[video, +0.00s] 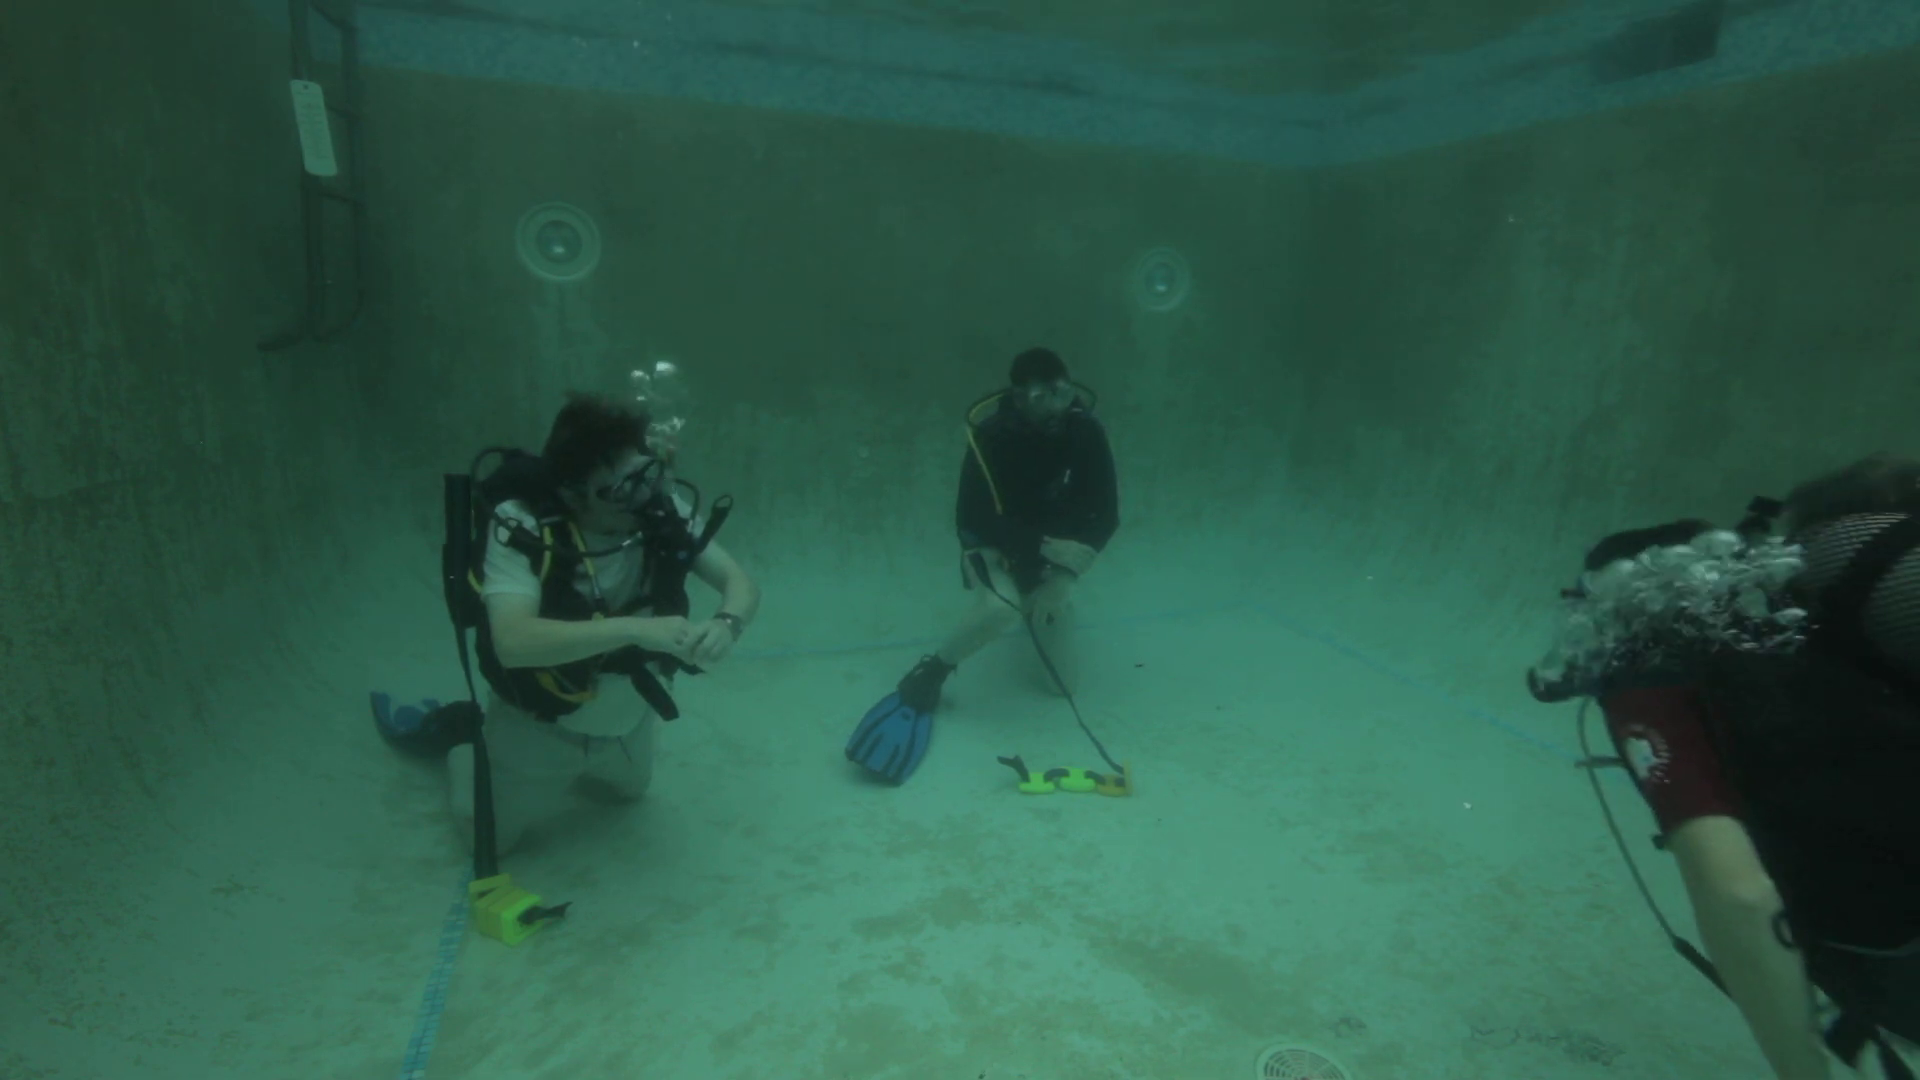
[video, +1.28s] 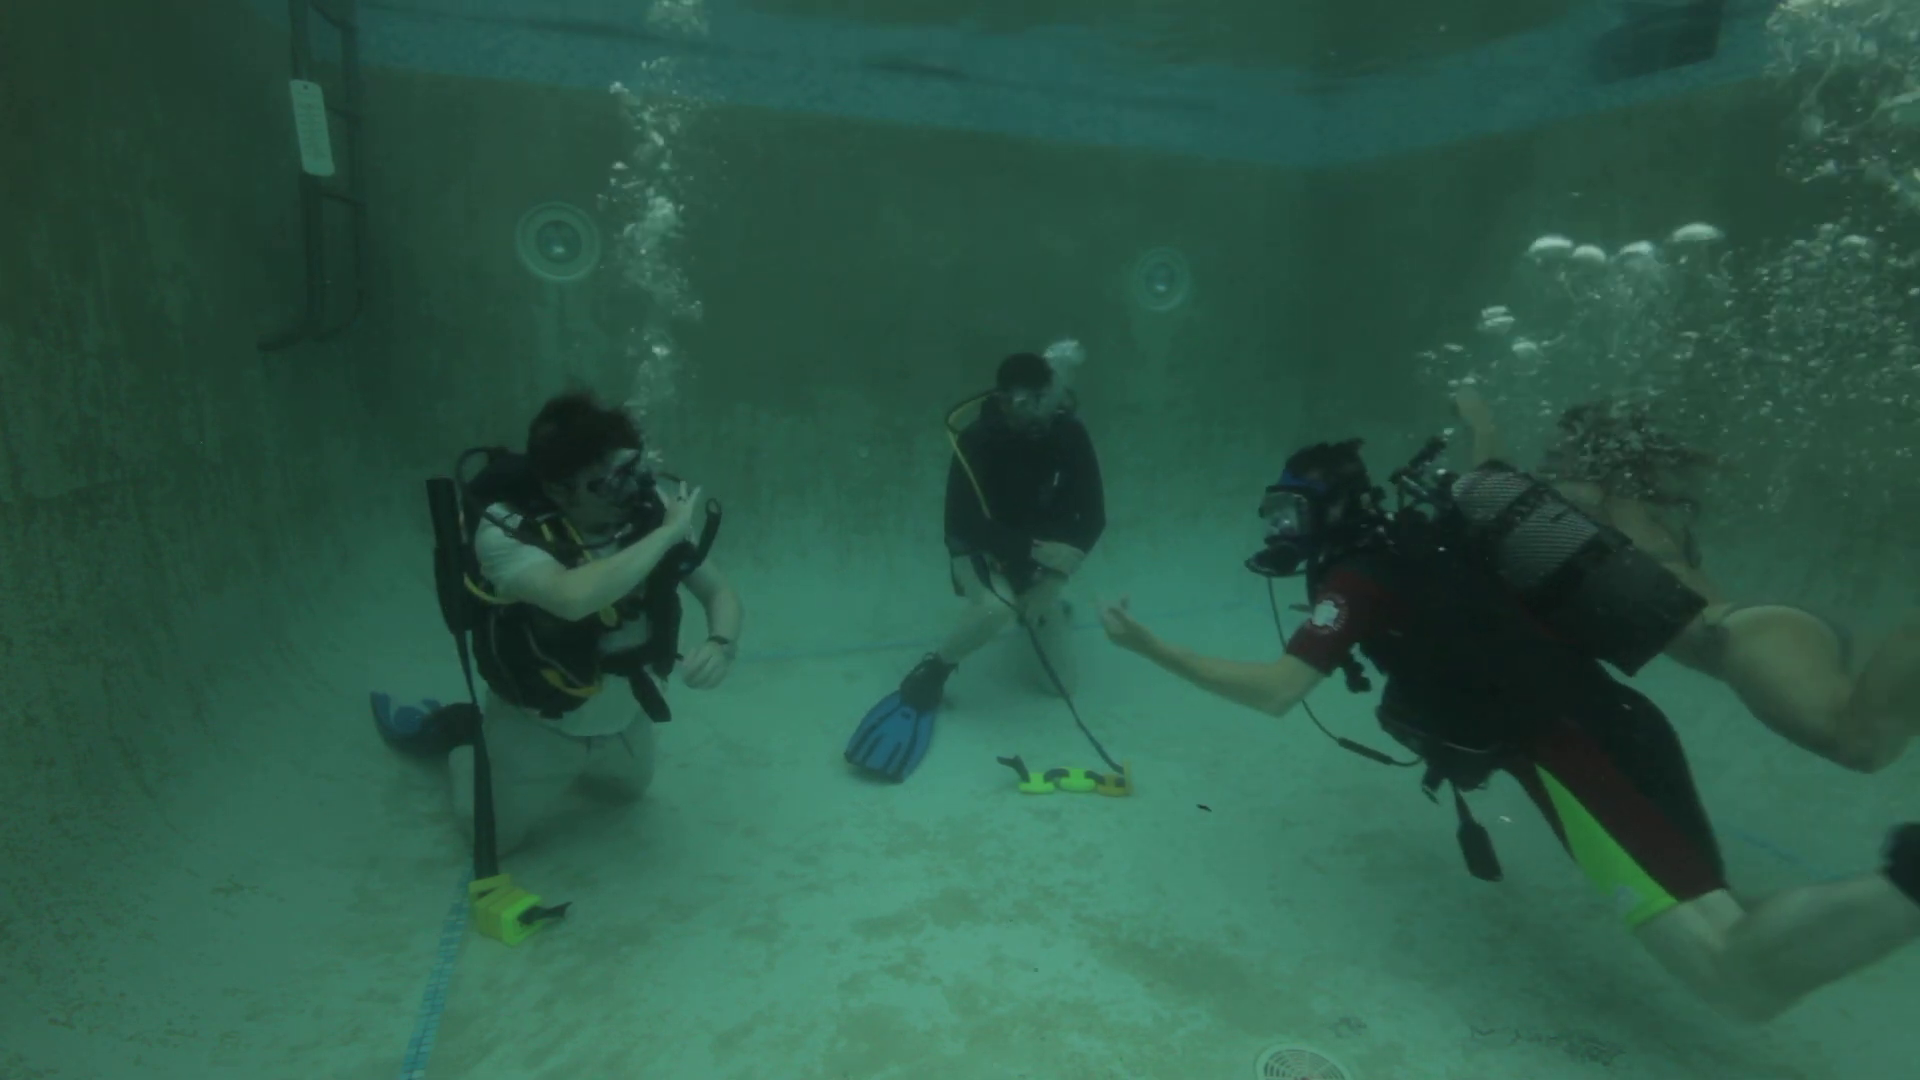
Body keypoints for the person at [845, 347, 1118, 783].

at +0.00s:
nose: (1054, 405)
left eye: (1060, 393)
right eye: (1042, 396)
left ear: (1070, 391)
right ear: (1018, 396)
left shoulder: (1085, 431)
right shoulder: (992, 433)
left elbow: (1105, 513)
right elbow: (976, 517)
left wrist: (1061, 578)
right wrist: (1048, 546)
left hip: (1058, 544)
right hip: (998, 541)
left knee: (1062, 677)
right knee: (1002, 606)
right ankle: (930, 673)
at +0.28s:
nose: (1054, 408)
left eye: (1059, 396)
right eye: (1042, 399)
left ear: (1068, 392)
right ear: (1017, 399)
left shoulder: (1082, 431)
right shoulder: (989, 435)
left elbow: (1101, 514)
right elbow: (974, 519)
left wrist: (1058, 583)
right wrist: (1042, 548)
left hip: (1055, 550)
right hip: (994, 544)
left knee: (1063, 673)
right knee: (1000, 606)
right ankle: (931, 670)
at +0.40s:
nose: (1051, 408)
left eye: (1056, 397)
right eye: (1040, 399)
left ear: (1065, 394)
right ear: (1016, 399)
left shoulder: (1080, 432)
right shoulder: (989, 435)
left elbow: (1100, 514)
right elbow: (972, 519)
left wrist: (1059, 582)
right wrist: (1039, 550)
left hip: (1055, 547)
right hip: (993, 542)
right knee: (1000, 606)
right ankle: (930, 672)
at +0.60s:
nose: (1050, 407)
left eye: (1054, 396)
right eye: (1040, 398)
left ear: (1063, 393)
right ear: (1016, 398)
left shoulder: (1077, 431)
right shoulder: (987, 434)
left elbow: (1098, 512)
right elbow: (973, 520)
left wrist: (1059, 579)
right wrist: (1035, 554)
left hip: (1052, 548)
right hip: (991, 544)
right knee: (998, 607)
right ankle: (930, 673)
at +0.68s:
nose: (1054, 405)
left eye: (1054, 395)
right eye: (1044, 398)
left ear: (1059, 393)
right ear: (1017, 399)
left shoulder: (1076, 432)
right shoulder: (987, 435)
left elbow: (1097, 514)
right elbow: (972, 519)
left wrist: (1056, 582)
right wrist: (1035, 553)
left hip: (1051, 553)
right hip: (991, 547)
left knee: (1064, 678)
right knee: (997, 606)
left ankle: (1049, 608)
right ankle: (931, 673)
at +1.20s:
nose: (1051, 412)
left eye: (1053, 401)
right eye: (1041, 403)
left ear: (1056, 396)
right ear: (1011, 400)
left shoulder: (1069, 432)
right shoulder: (979, 438)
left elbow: (1092, 514)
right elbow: (972, 524)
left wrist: (1053, 582)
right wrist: (1038, 551)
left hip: (1045, 549)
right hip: (984, 546)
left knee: (1061, 678)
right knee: (998, 607)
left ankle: (1047, 605)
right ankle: (932, 672)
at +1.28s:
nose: (1055, 408)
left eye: (1054, 397)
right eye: (1045, 399)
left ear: (1051, 395)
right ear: (1014, 401)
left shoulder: (1068, 431)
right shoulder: (979, 438)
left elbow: (1091, 514)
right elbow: (972, 523)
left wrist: (1053, 579)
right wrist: (1036, 551)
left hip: (1046, 543)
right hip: (985, 541)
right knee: (997, 607)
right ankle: (933, 672)